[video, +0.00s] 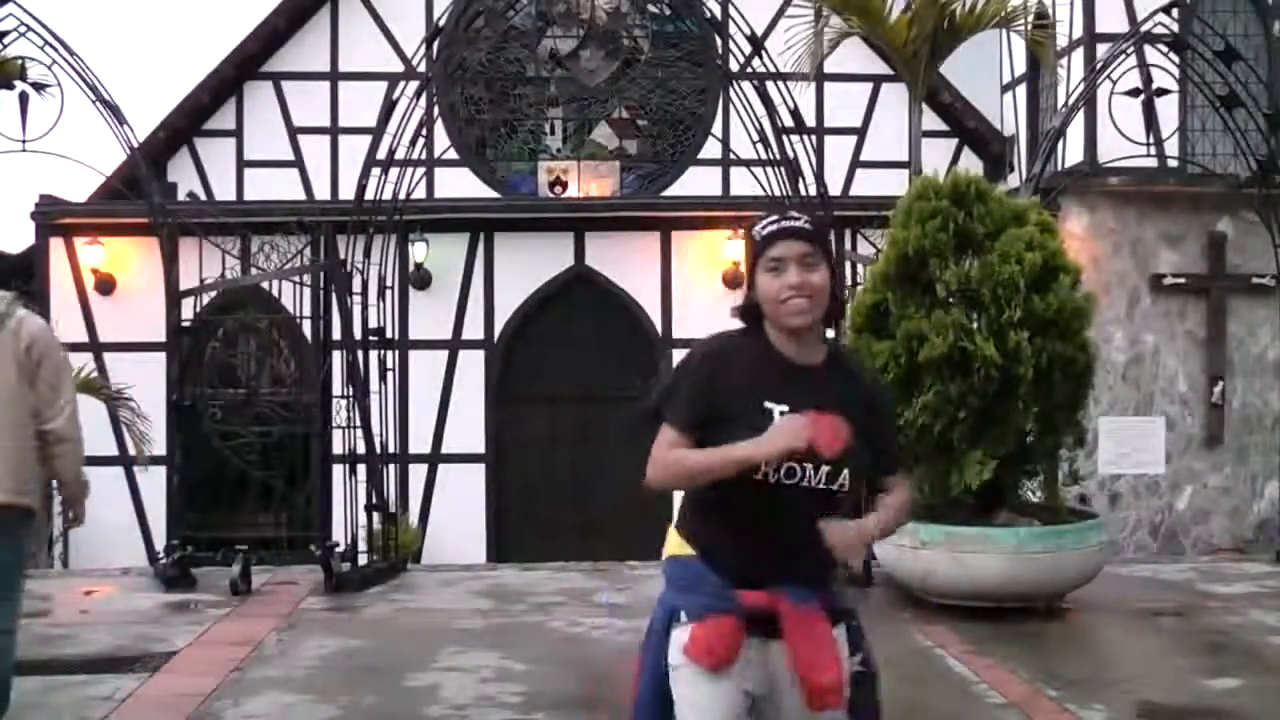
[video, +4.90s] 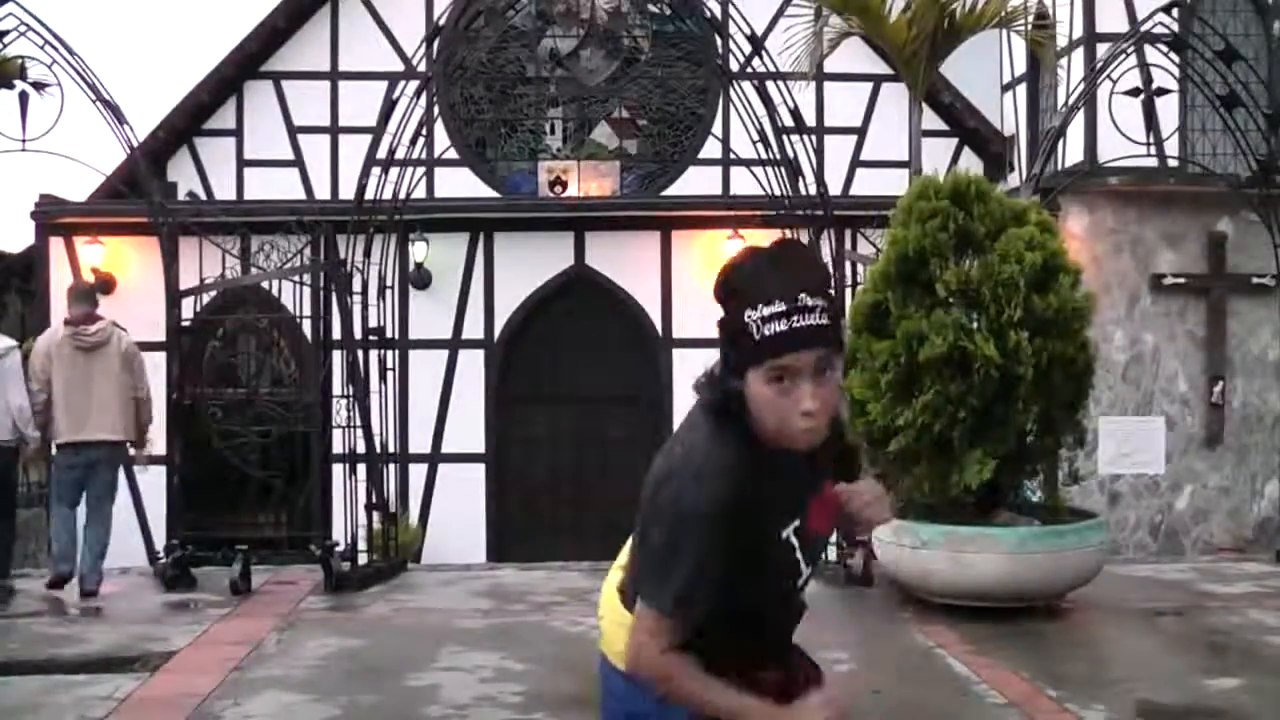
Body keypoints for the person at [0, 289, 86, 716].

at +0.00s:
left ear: (7, 287)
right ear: (18, 285)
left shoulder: (28, 331)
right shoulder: (28, 331)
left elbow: (57, 418)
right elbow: (58, 419)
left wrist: (70, 487)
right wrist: (73, 488)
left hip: (12, 499)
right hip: (9, 497)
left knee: (5, 617)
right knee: (4, 616)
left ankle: (4, 703)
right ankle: (1, 704)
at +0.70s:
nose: (15, 285)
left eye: (10, 277)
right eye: (30, 275)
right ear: (40, 275)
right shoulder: (73, 329)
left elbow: (99, 407)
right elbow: (101, 408)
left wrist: (114, 466)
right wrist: (116, 469)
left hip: (3, 486)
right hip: (53, 483)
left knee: (5, 594)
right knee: (64, 577)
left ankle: (14, 690)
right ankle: (35, 672)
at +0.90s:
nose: (14, 290)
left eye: (12, 283)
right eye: (24, 283)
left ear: (9, 283)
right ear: (54, 279)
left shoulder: (1, 327)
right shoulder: (90, 329)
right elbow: (115, 409)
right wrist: (127, 473)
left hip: (8, 482)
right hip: (68, 482)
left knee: (11, 597)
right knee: (83, 579)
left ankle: (16, 701)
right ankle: (100, 682)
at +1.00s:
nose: (36, 297)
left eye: (33, 291)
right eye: (46, 289)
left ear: (24, 289)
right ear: (69, 286)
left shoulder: (5, 331)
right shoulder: (105, 335)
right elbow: (132, 417)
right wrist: (141, 484)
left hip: (13, 482)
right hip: (82, 482)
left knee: (16, 590)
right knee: (99, 575)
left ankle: (16, 703)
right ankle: (119, 671)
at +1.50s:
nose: (102, 288)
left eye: (98, 280)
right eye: (120, 283)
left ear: (91, 281)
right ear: (133, 283)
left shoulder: (59, 331)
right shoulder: (164, 332)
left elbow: (31, 409)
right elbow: (192, 406)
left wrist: (49, 451)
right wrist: (209, 464)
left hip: (78, 466)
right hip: (137, 467)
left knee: (76, 559)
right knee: (131, 566)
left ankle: (68, 648)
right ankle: (122, 667)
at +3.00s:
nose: (129, 299)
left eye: (125, 292)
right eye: (144, 292)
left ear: (120, 290)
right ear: (155, 293)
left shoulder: (94, 334)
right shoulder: (177, 341)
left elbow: (68, 393)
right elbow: (196, 400)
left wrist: (53, 439)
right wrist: (211, 452)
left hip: (108, 448)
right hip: (156, 450)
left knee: (110, 530)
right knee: (153, 536)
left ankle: (117, 602)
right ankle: (145, 611)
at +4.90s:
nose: (75, 310)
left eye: (72, 304)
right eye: (83, 303)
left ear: (68, 304)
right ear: (97, 305)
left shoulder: (48, 342)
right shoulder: (122, 341)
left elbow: (39, 396)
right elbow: (142, 394)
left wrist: (43, 433)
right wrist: (140, 435)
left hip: (70, 439)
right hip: (110, 438)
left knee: (63, 504)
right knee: (100, 511)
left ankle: (62, 567)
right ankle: (90, 582)